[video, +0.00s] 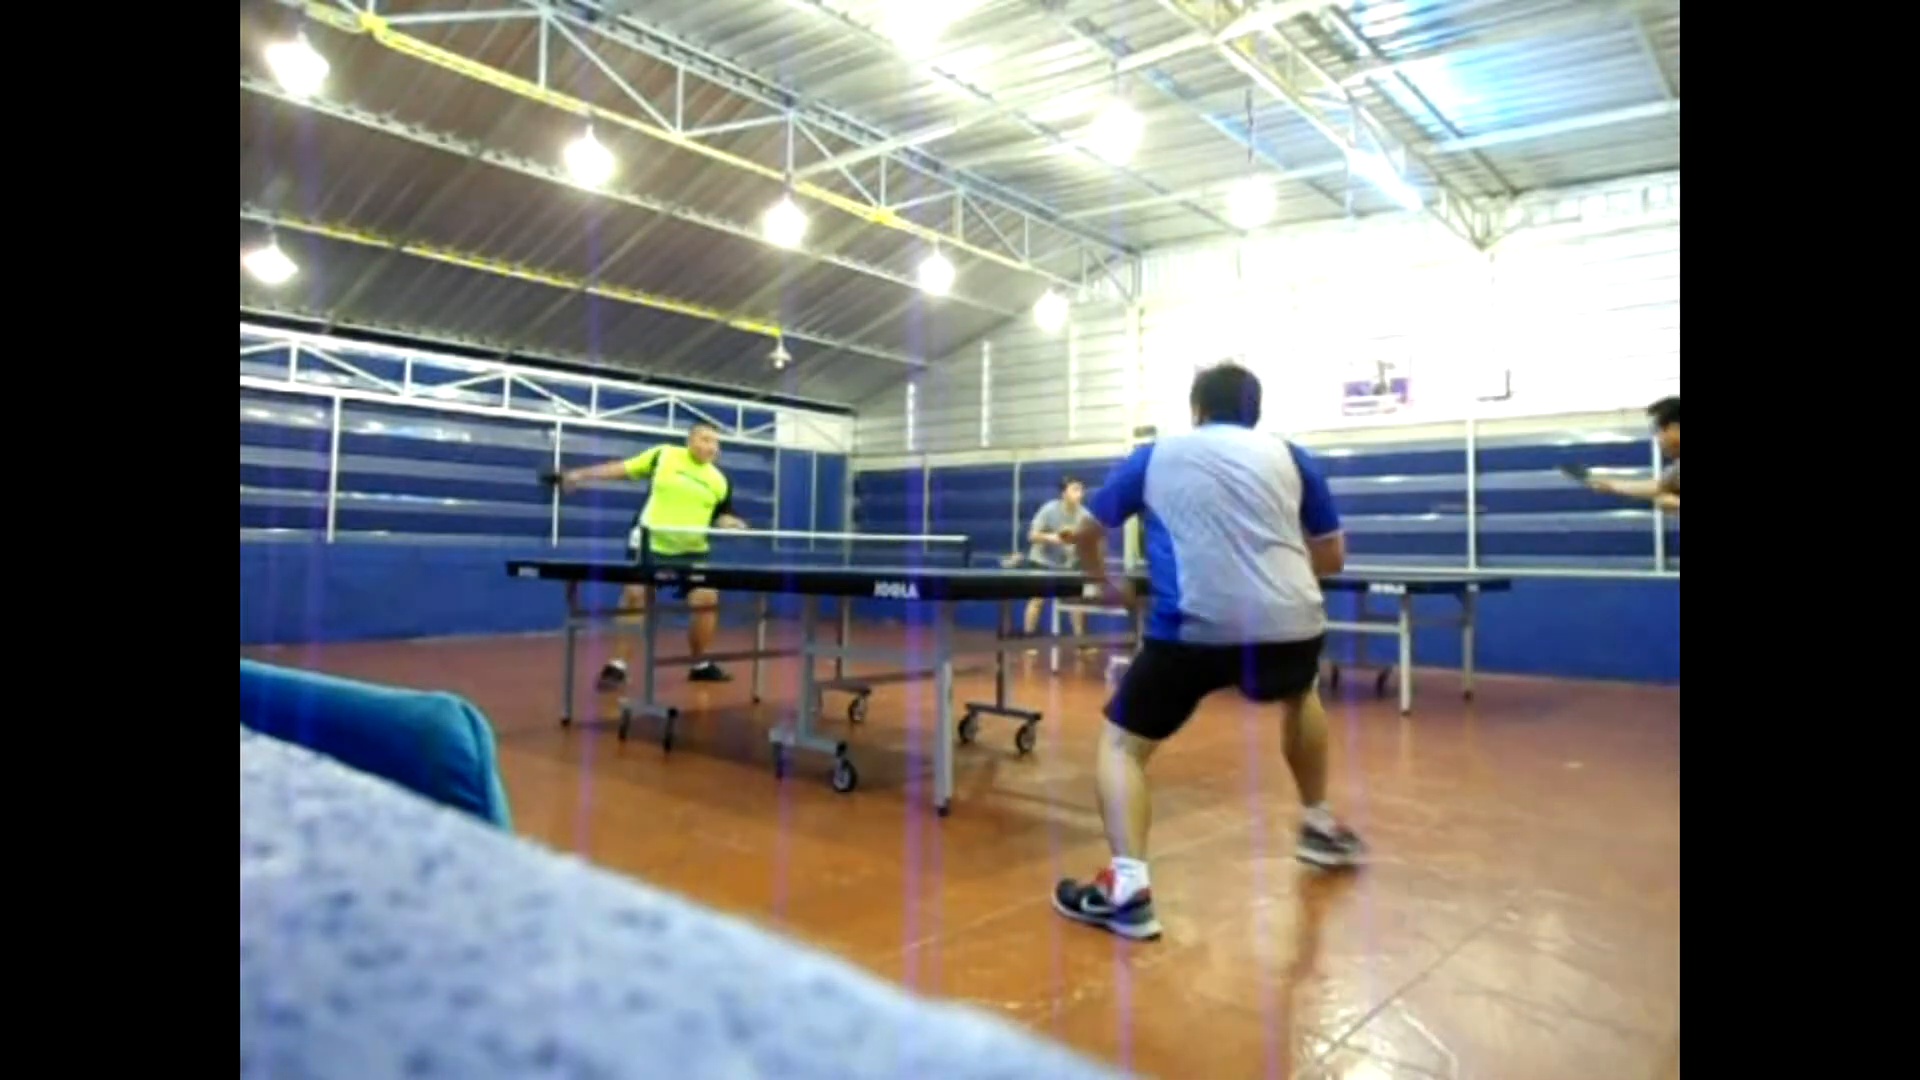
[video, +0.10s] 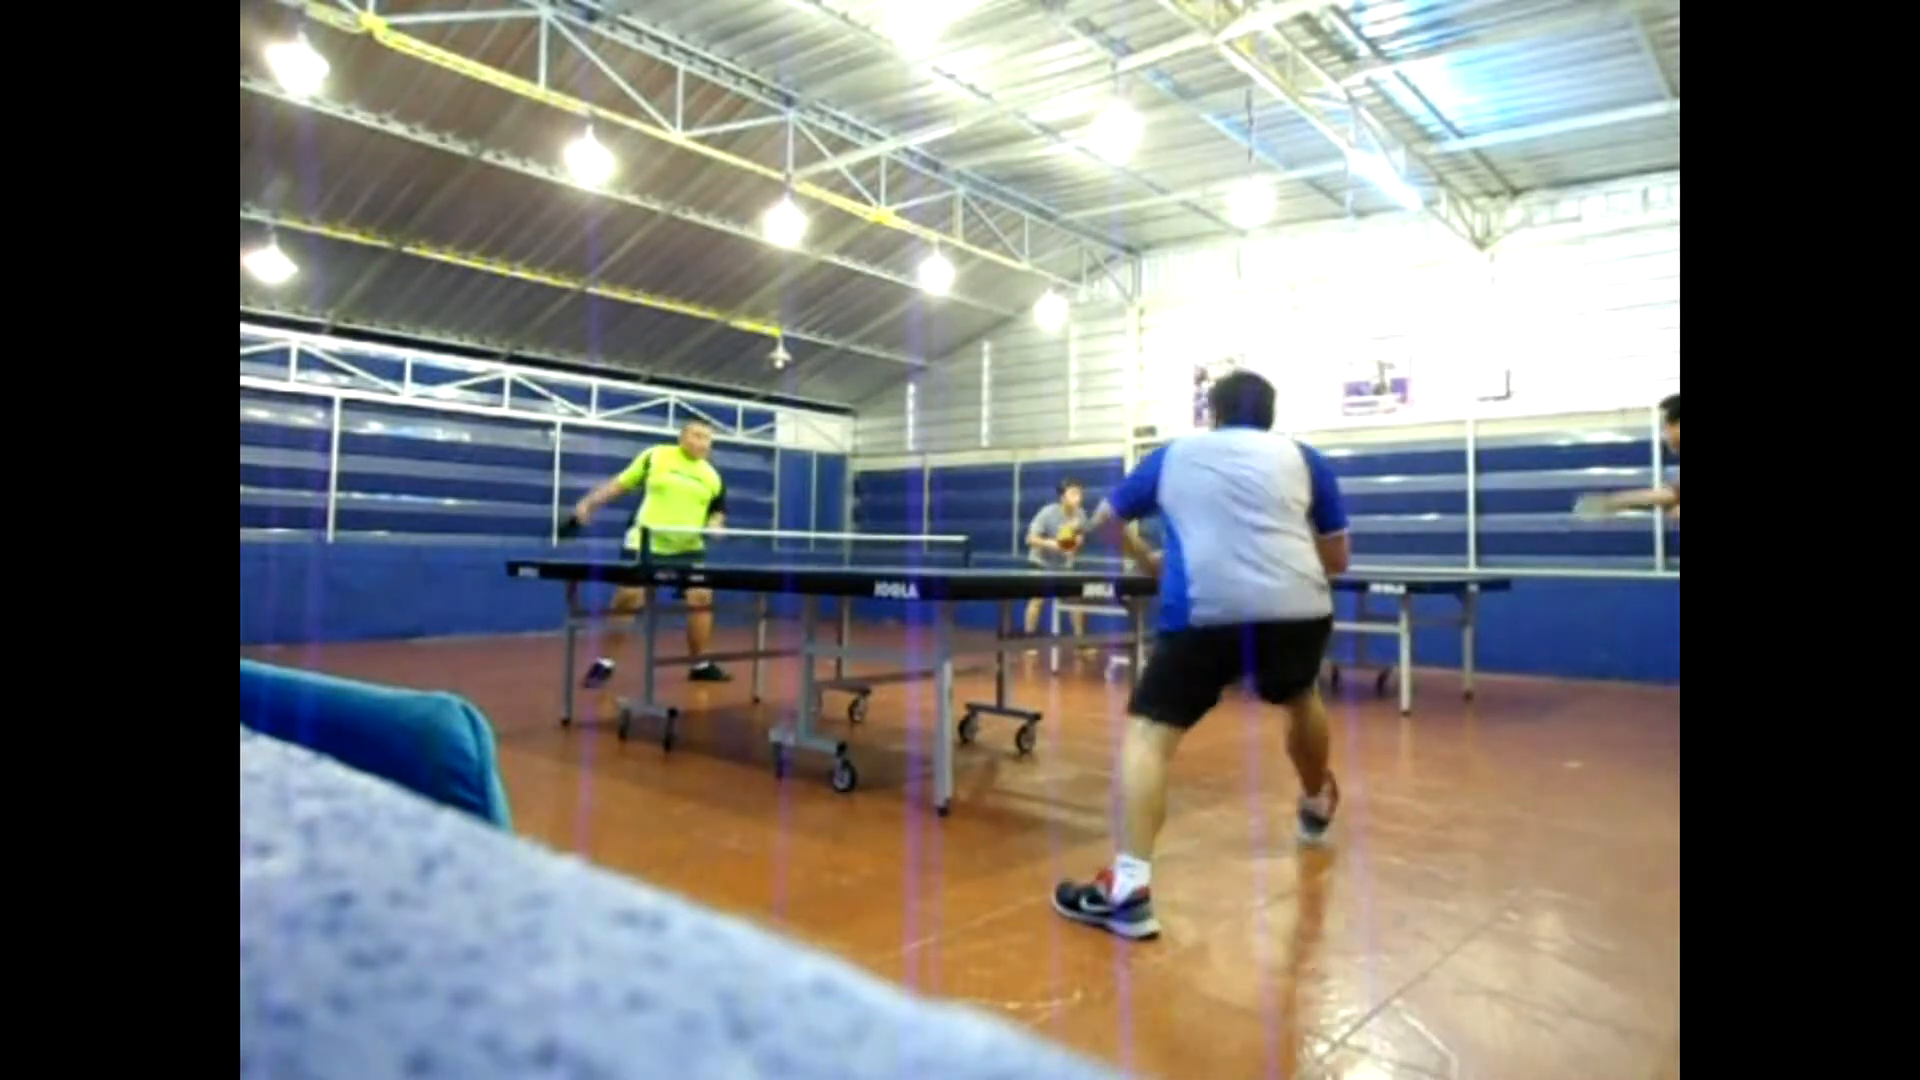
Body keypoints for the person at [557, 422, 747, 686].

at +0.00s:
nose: (710, 447)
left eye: (714, 442)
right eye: (704, 440)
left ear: (717, 448)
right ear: (690, 440)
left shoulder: (719, 481)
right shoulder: (664, 456)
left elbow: (721, 516)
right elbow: (621, 469)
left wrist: (733, 523)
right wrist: (577, 476)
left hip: (693, 548)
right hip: (651, 542)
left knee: (706, 600)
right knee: (634, 598)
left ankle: (701, 662)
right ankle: (618, 663)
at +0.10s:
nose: (699, 442)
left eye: (705, 438)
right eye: (695, 435)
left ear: (710, 444)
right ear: (682, 436)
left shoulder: (712, 478)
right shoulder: (656, 457)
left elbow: (717, 511)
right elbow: (620, 484)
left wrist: (715, 525)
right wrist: (588, 503)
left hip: (689, 545)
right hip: (647, 541)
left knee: (701, 599)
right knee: (627, 600)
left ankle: (701, 661)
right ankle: (606, 661)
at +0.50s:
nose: (656, 433)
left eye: (661, 427)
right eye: (651, 426)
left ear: (666, 430)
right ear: (637, 427)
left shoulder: (675, 462)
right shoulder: (613, 453)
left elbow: (686, 497)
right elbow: (597, 487)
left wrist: (673, 513)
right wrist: (606, 509)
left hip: (661, 540)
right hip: (619, 540)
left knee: (669, 600)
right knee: (610, 603)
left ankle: (668, 659)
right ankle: (599, 660)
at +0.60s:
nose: (649, 433)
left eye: (653, 427)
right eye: (643, 427)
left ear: (658, 430)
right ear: (630, 429)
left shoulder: (674, 460)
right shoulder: (608, 456)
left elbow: (687, 498)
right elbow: (592, 495)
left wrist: (664, 511)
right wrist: (587, 522)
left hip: (661, 538)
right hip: (619, 537)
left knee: (668, 599)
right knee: (603, 598)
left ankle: (668, 658)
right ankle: (591, 657)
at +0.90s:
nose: (606, 447)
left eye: (610, 440)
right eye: (599, 441)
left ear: (618, 438)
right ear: (589, 442)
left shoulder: (641, 464)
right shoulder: (576, 474)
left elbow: (667, 498)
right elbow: (571, 518)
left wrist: (645, 521)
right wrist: (551, 543)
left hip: (646, 549)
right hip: (601, 551)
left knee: (669, 600)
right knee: (594, 605)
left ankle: (670, 655)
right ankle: (585, 666)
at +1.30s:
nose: (613, 462)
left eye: (617, 455)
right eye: (606, 457)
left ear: (627, 449)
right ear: (599, 456)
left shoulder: (653, 472)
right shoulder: (589, 482)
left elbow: (681, 494)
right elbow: (586, 518)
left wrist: (677, 525)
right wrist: (592, 530)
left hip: (658, 549)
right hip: (615, 553)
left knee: (668, 600)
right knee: (599, 610)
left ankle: (674, 669)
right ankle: (588, 669)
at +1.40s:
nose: (629, 426)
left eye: (633, 420)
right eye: (622, 420)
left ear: (639, 425)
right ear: (610, 426)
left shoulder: (656, 454)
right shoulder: (602, 459)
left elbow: (673, 489)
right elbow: (615, 500)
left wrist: (679, 520)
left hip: (662, 536)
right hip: (623, 538)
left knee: (670, 602)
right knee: (619, 603)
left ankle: (676, 668)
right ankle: (597, 665)